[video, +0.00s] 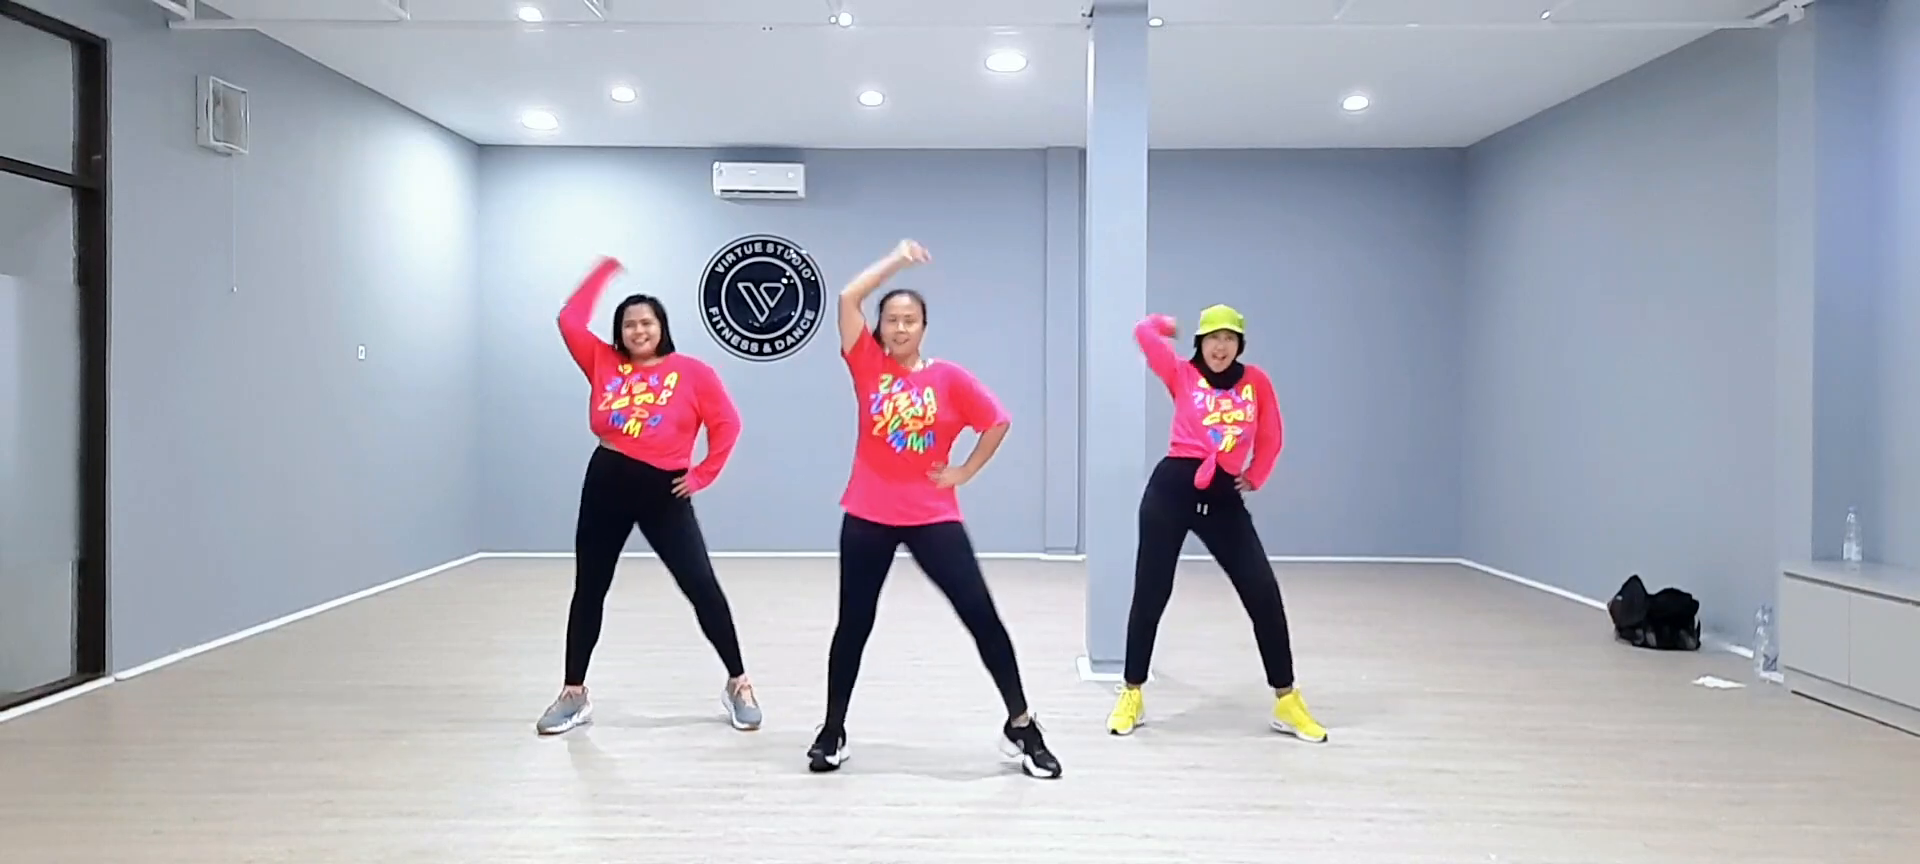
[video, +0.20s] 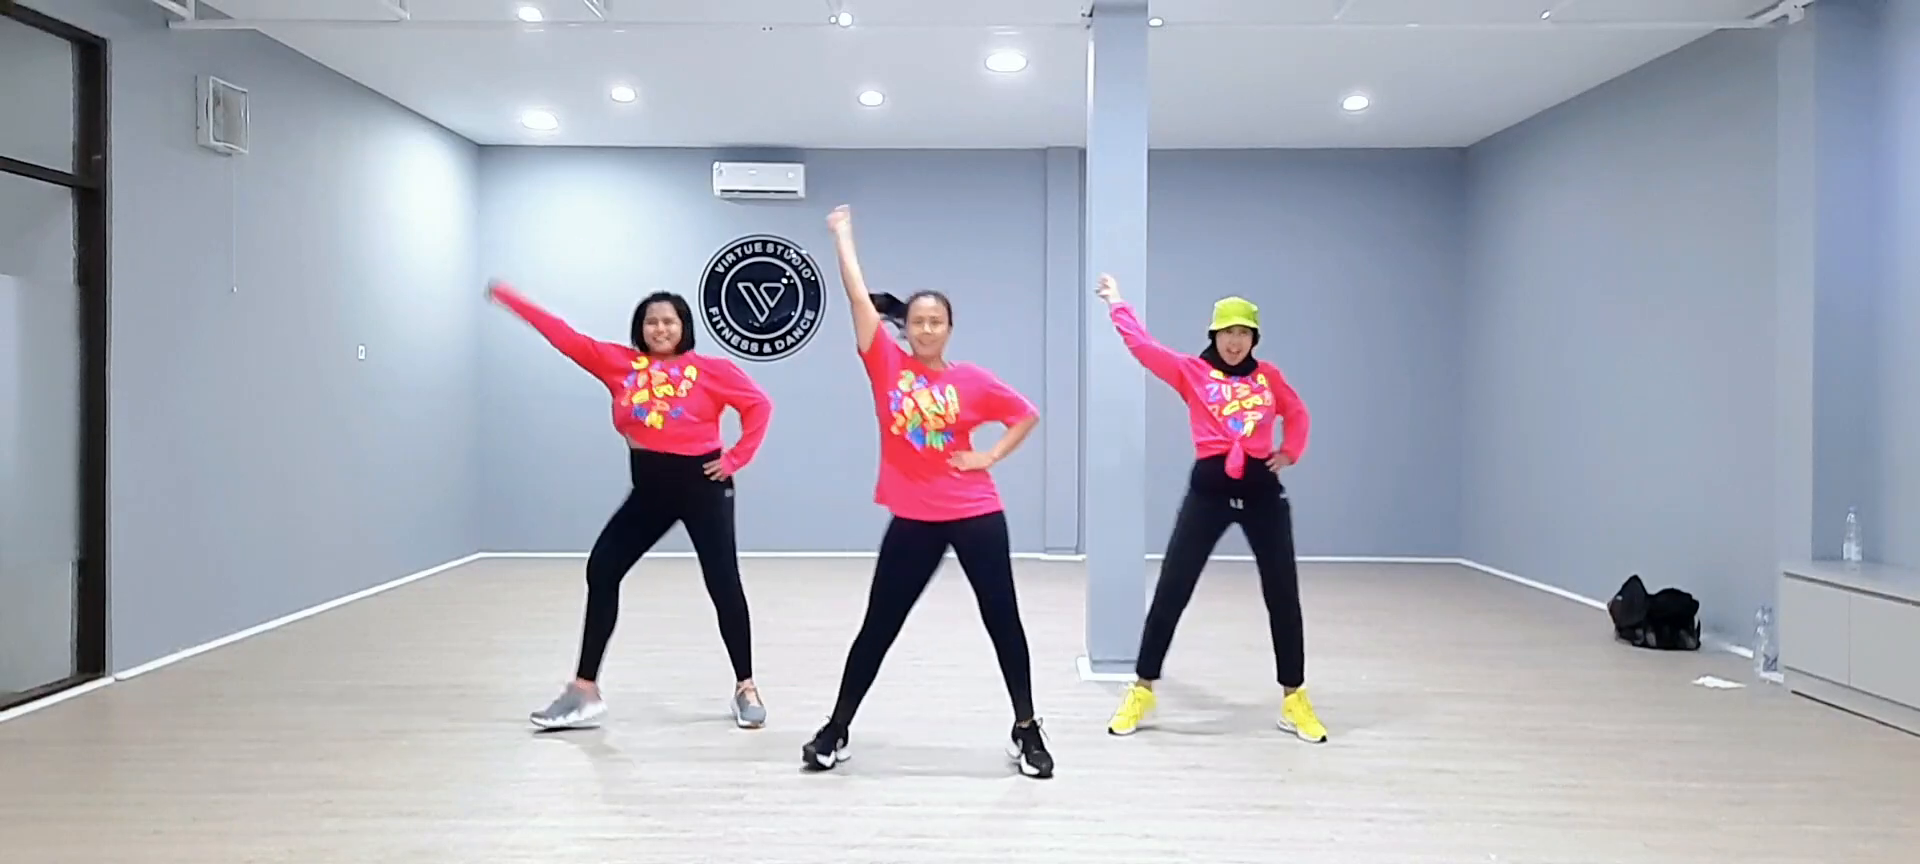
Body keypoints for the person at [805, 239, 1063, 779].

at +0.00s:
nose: (900, 327)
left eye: (910, 320)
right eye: (893, 320)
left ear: (924, 328)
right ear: (880, 328)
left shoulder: (947, 378)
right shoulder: (869, 367)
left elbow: (998, 423)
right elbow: (849, 299)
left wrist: (963, 472)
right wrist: (895, 259)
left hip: (932, 515)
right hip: (868, 513)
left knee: (982, 617)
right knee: (853, 623)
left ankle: (1020, 723)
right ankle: (832, 729)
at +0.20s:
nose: (927, 329)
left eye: (936, 322)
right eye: (919, 321)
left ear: (949, 330)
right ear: (906, 328)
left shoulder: (968, 380)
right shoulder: (886, 366)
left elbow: (1026, 416)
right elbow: (858, 299)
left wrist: (989, 458)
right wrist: (842, 235)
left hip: (975, 513)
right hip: (915, 517)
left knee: (1003, 621)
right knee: (878, 627)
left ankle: (1027, 728)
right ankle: (836, 727)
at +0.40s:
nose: (930, 329)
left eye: (939, 321)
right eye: (922, 321)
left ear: (956, 328)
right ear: (912, 329)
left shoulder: (981, 381)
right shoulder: (899, 368)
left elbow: (1035, 422)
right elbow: (869, 308)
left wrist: (996, 466)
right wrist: (842, 251)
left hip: (976, 515)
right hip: (913, 516)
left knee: (1000, 624)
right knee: (869, 621)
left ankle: (1026, 730)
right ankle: (833, 724)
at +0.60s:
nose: (902, 320)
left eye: (911, 312)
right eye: (896, 313)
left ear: (931, 318)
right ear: (885, 321)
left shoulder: (957, 369)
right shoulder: (880, 356)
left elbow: (1006, 416)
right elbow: (855, 295)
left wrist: (970, 466)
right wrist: (898, 253)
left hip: (936, 508)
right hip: (873, 500)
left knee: (976, 617)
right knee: (848, 613)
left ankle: (1027, 720)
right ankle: (836, 717)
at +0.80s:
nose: (897, 329)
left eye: (906, 321)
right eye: (889, 321)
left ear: (921, 329)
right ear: (875, 328)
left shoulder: (944, 384)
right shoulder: (863, 370)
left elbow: (988, 429)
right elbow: (845, 305)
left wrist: (956, 480)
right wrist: (878, 268)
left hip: (923, 516)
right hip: (859, 512)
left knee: (969, 620)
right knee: (844, 624)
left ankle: (1019, 723)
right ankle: (836, 724)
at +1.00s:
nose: (922, 304)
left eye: (931, 296)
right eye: (913, 296)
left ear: (943, 303)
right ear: (897, 302)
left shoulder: (964, 352)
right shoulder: (882, 348)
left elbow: (998, 393)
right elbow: (881, 334)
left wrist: (1006, 454)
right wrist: (877, 273)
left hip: (950, 492)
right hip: (889, 489)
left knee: (960, 604)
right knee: (881, 602)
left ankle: (943, 705)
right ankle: (874, 658)